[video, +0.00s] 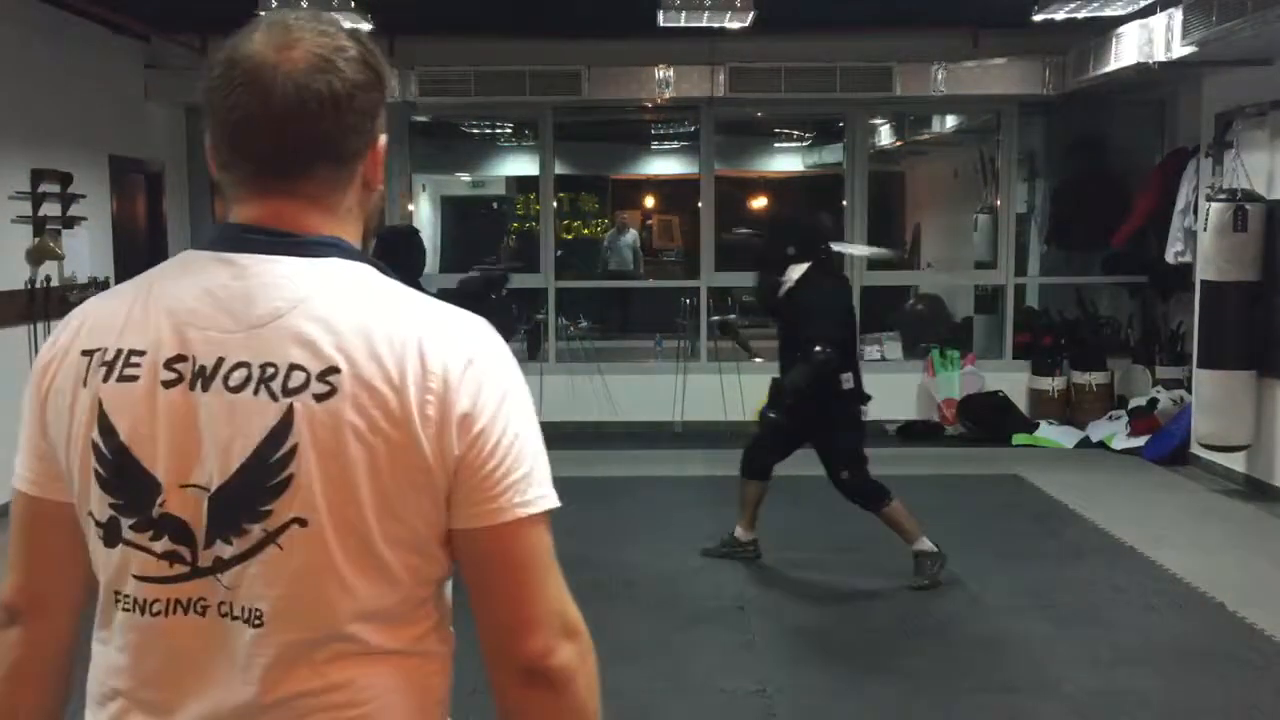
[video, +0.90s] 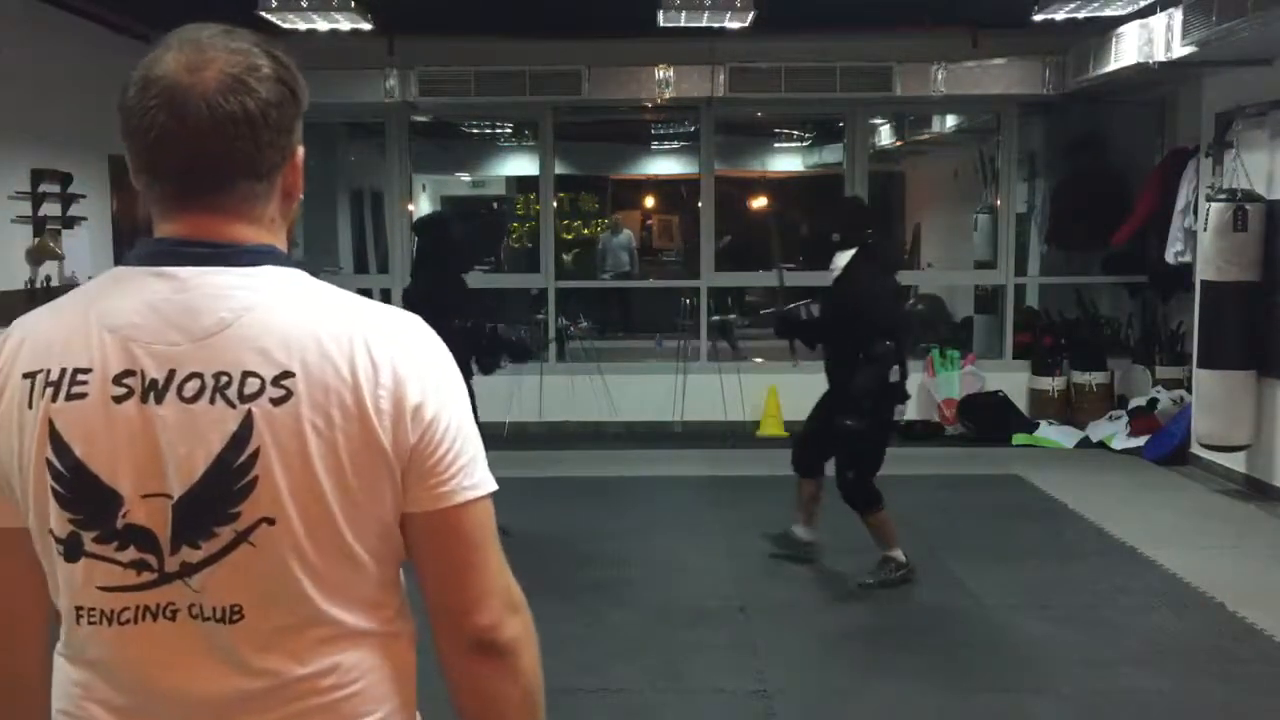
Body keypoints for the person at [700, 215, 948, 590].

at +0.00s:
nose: (769, 259)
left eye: (774, 251)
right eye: (770, 252)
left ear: (791, 250)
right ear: (811, 250)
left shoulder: (823, 287)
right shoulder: (797, 285)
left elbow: (826, 352)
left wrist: (785, 394)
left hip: (831, 402)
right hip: (801, 399)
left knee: (853, 481)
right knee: (756, 458)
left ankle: (926, 550)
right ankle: (743, 536)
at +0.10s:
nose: (760, 256)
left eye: (765, 250)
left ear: (778, 251)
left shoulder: (807, 285)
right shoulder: (776, 284)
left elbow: (822, 350)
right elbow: (739, 290)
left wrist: (786, 387)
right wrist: (712, 266)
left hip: (829, 395)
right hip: (790, 394)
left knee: (851, 475)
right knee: (755, 458)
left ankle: (909, 553)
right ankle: (743, 536)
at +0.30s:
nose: (749, 250)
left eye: (755, 244)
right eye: (748, 244)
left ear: (770, 246)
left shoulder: (805, 279)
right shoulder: (743, 283)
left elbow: (831, 335)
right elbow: (701, 308)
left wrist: (807, 384)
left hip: (828, 389)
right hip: (788, 390)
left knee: (840, 466)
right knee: (753, 455)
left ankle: (898, 544)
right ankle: (744, 536)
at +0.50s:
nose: (749, 252)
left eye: (753, 245)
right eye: (751, 246)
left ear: (766, 245)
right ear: (784, 243)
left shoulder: (808, 280)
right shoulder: (756, 285)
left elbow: (847, 334)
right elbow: (750, 337)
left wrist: (854, 389)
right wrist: (701, 346)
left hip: (816, 392)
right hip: (783, 391)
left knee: (827, 471)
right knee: (744, 456)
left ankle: (893, 539)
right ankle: (742, 536)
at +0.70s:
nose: (777, 268)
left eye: (782, 260)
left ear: (792, 253)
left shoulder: (819, 283)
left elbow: (802, 341)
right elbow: (805, 339)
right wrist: (764, 343)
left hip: (826, 397)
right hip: (806, 395)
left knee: (830, 484)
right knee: (770, 460)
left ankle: (892, 554)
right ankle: (746, 537)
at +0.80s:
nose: (800, 247)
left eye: (804, 239)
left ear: (818, 240)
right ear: (843, 235)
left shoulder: (843, 277)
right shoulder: (834, 274)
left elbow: (825, 342)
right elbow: (825, 336)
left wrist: (779, 337)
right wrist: (782, 335)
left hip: (847, 397)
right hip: (828, 394)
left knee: (843, 484)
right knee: (794, 467)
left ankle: (893, 558)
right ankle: (761, 533)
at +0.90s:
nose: (821, 237)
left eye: (827, 230)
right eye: (823, 229)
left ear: (843, 233)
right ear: (861, 232)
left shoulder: (867, 276)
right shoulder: (849, 272)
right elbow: (837, 331)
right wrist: (796, 326)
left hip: (871, 393)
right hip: (845, 389)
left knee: (854, 480)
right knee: (807, 452)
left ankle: (896, 559)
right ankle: (804, 535)